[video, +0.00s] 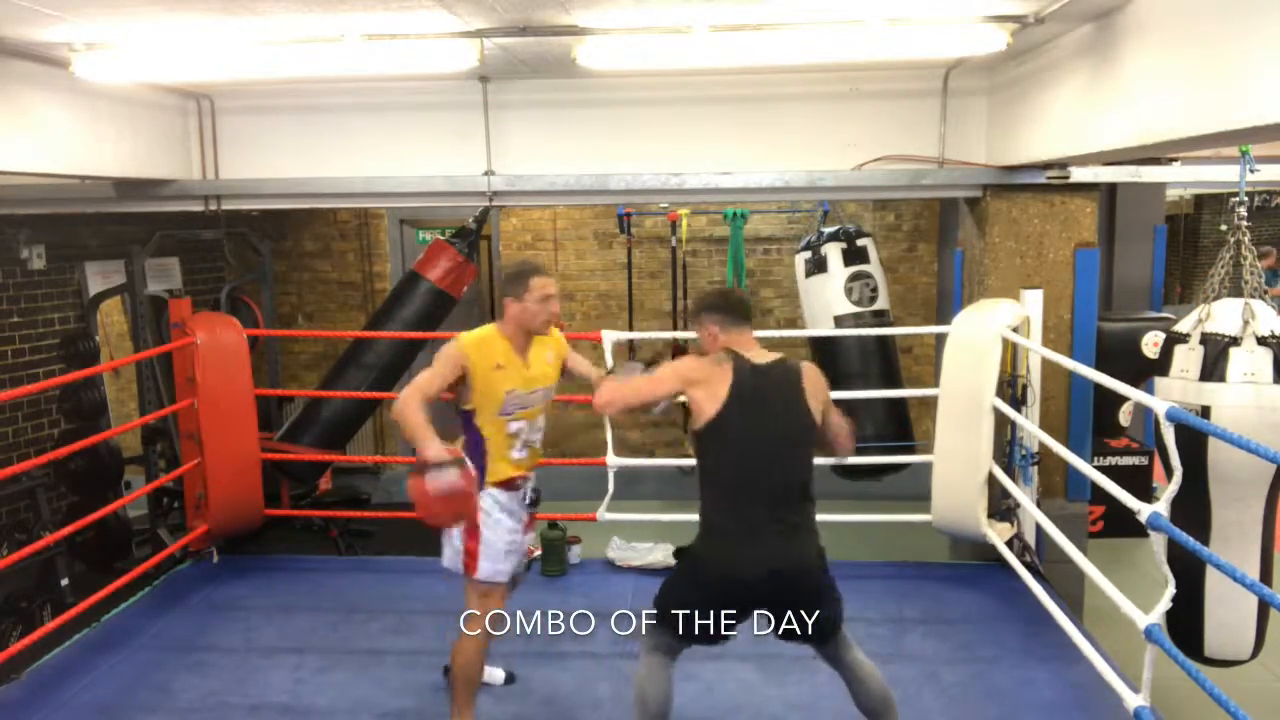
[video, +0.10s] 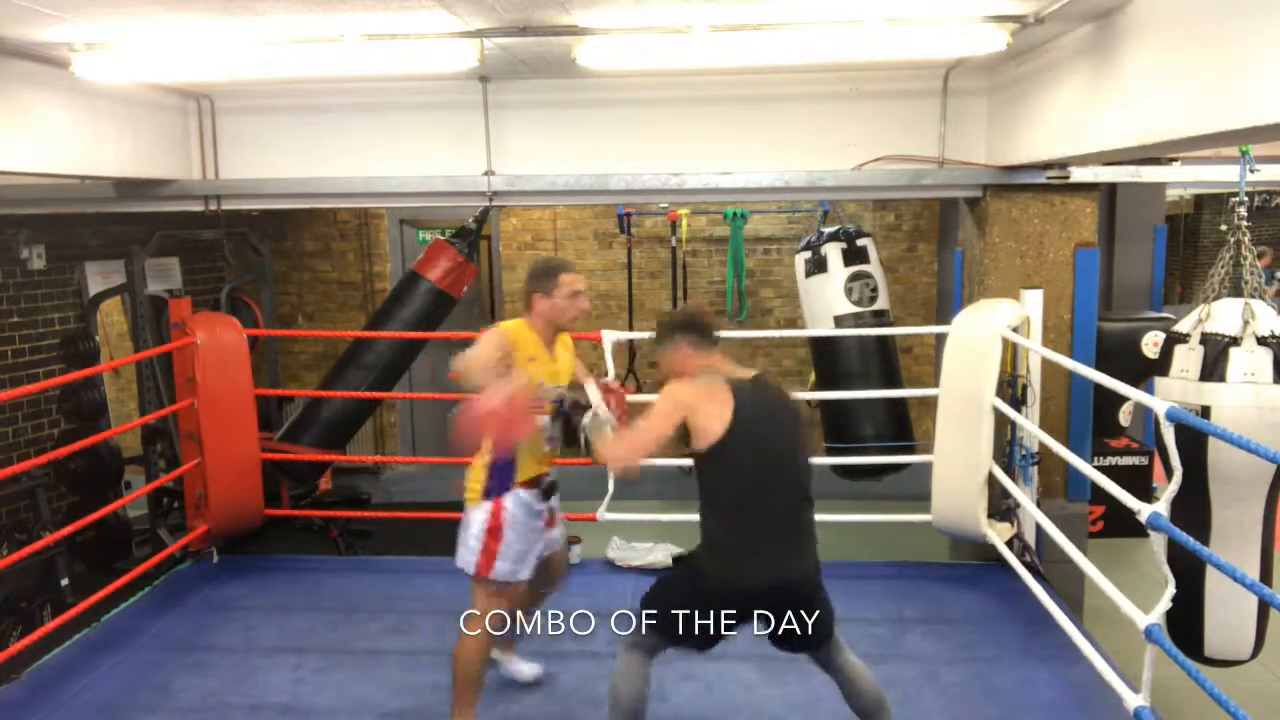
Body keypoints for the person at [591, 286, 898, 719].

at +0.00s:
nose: (698, 343)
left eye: (699, 335)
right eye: (699, 335)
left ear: (712, 332)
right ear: (751, 329)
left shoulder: (698, 369)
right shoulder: (807, 377)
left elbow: (605, 400)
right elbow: (842, 445)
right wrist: (789, 419)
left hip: (723, 565)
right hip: (797, 566)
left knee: (658, 650)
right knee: (843, 651)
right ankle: (890, 718)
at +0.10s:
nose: (662, 374)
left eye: (661, 364)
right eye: (659, 366)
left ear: (682, 353)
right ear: (711, 348)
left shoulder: (687, 391)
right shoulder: (770, 389)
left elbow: (619, 455)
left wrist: (596, 422)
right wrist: (631, 421)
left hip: (723, 574)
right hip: (793, 573)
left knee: (637, 649)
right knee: (836, 656)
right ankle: (884, 717)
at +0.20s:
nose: (611, 414)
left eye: (610, 402)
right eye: (607, 404)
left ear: (629, 392)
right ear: (661, 384)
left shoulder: (664, 435)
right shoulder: (732, 420)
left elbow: (624, 525)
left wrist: (590, 489)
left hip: (724, 597)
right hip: (786, 592)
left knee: (615, 640)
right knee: (818, 663)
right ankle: (869, 714)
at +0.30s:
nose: (580, 415)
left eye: (579, 405)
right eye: (578, 406)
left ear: (589, 399)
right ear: (629, 387)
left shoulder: (606, 448)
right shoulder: (695, 423)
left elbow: (587, 541)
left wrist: (568, 471)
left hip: (683, 607)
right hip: (751, 598)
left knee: (585, 648)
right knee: (815, 671)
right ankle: (874, 716)